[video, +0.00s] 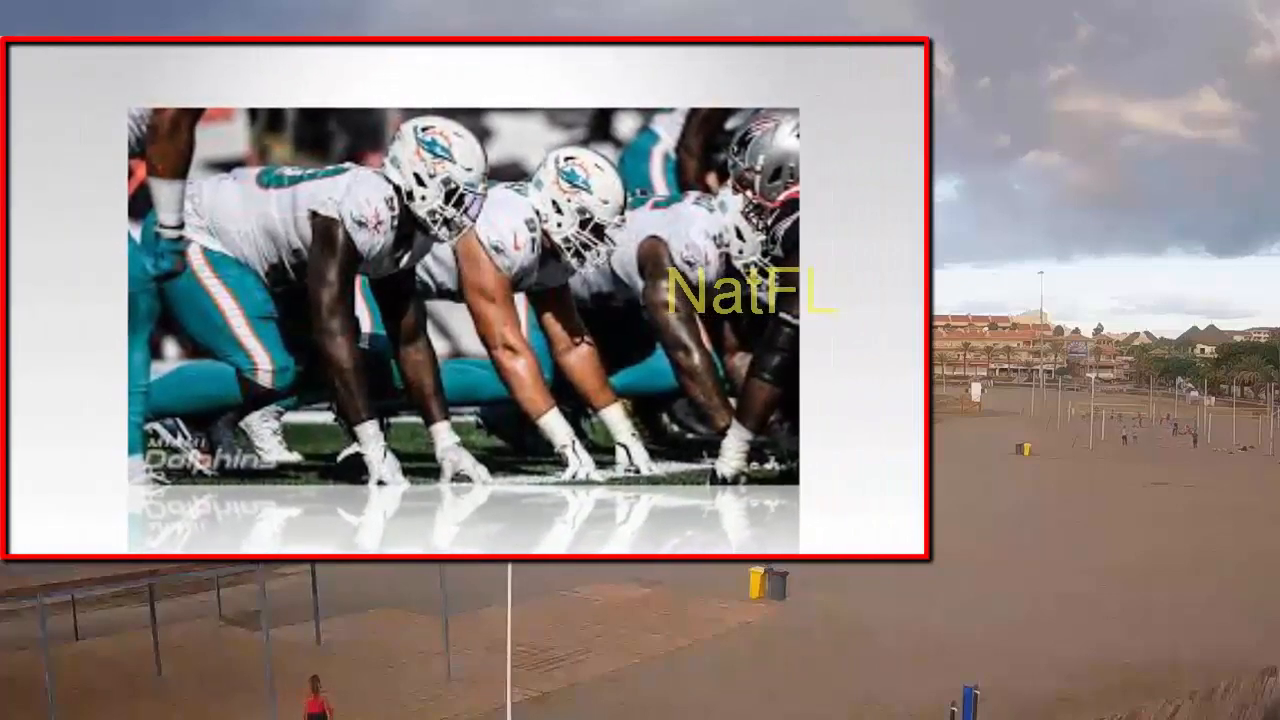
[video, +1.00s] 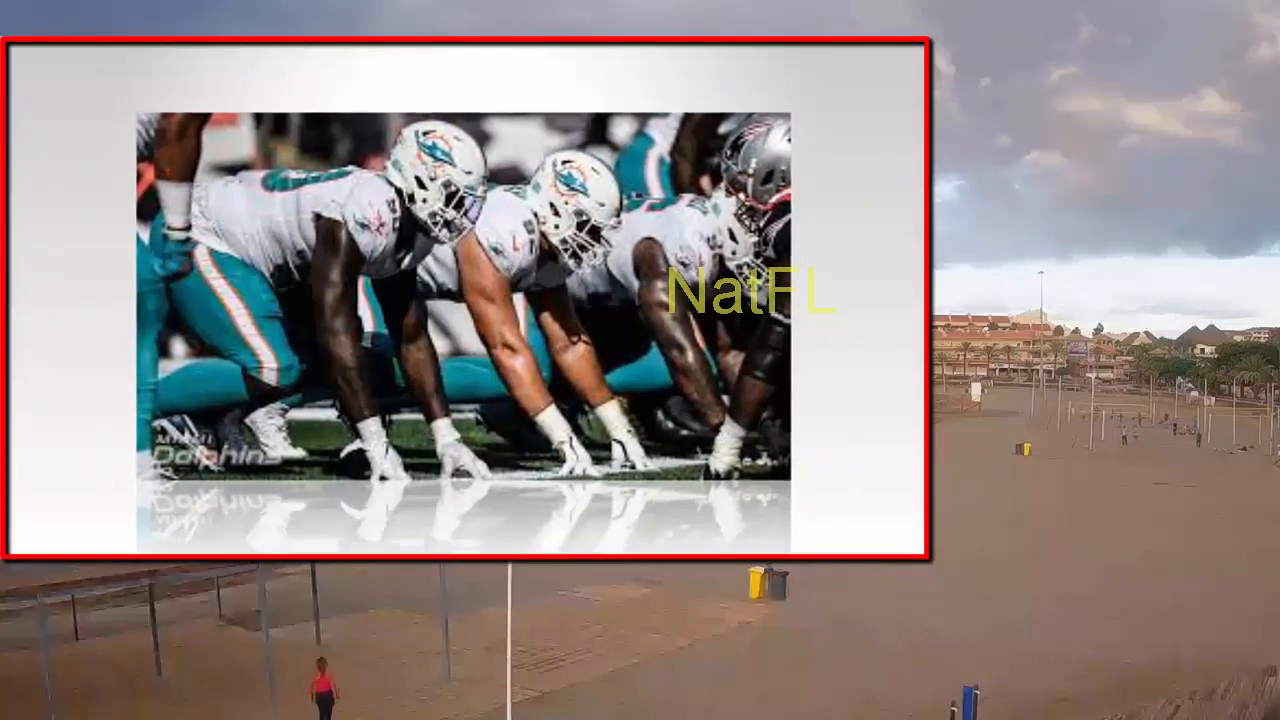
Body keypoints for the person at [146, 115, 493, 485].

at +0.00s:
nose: (459, 205)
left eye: (467, 194)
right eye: (451, 187)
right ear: (417, 169)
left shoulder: (400, 228)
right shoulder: (357, 205)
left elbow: (412, 339)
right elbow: (331, 330)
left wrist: (445, 441)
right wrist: (372, 444)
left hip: (252, 253)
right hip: (199, 238)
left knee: (313, 364)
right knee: (268, 371)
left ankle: (198, 421)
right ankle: (118, 409)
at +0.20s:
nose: (459, 207)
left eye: (466, 195)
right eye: (452, 189)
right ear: (418, 171)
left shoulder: (400, 228)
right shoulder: (358, 205)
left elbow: (412, 339)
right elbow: (331, 329)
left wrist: (445, 441)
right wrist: (372, 443)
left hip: (254, 253)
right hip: (201, 238)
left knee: (314, 364)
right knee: (269, 370)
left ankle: (198, 421)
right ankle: (119, 409)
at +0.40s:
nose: (459, 206)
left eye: (467, 195)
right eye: (451, 189)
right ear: (418, 170)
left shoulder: (401, 229)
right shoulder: (359, 204)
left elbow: (412, 339)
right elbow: (332, 329)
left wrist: (445, 441)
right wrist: (373, 443)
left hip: (252, 254)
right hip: (201, 238)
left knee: (309, 364)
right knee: (269, 370)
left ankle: (196, 421)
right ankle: (120, 408)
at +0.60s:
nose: (459, 206)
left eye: (467, 195)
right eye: (452, 189)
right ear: (418, 170)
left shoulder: (401, 230)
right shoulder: (360, 205)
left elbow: (413, 339)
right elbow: (333, 328)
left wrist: (446, 440)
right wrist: (373, 442)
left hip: (256, 254)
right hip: (203, 239)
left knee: (315, 363)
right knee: (271, 369)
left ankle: (198, 419)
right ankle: (122, 408)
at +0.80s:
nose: (457, 206)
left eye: (465, 196)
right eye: (450, 189)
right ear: (416, 171)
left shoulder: (402, 229)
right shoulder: (362, 206)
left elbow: (413, 337)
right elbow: (334, 328)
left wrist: (445, 438)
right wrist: (374, 440)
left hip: (257, 255)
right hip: (205, 240)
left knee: (313, 362)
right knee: (272, 368)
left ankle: (203, 419)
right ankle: (123, 407)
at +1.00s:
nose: (457, 207)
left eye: (465, 196)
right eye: (451, 190)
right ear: (418, 173)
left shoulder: (403, 229)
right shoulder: (360, 208)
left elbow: (413, 335)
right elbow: (334, 328)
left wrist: (446, 436)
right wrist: (374, 439)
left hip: (259, 255)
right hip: (206, 238)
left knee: (319, 365)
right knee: (274, 368)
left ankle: (213, 417)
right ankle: (129, 406)